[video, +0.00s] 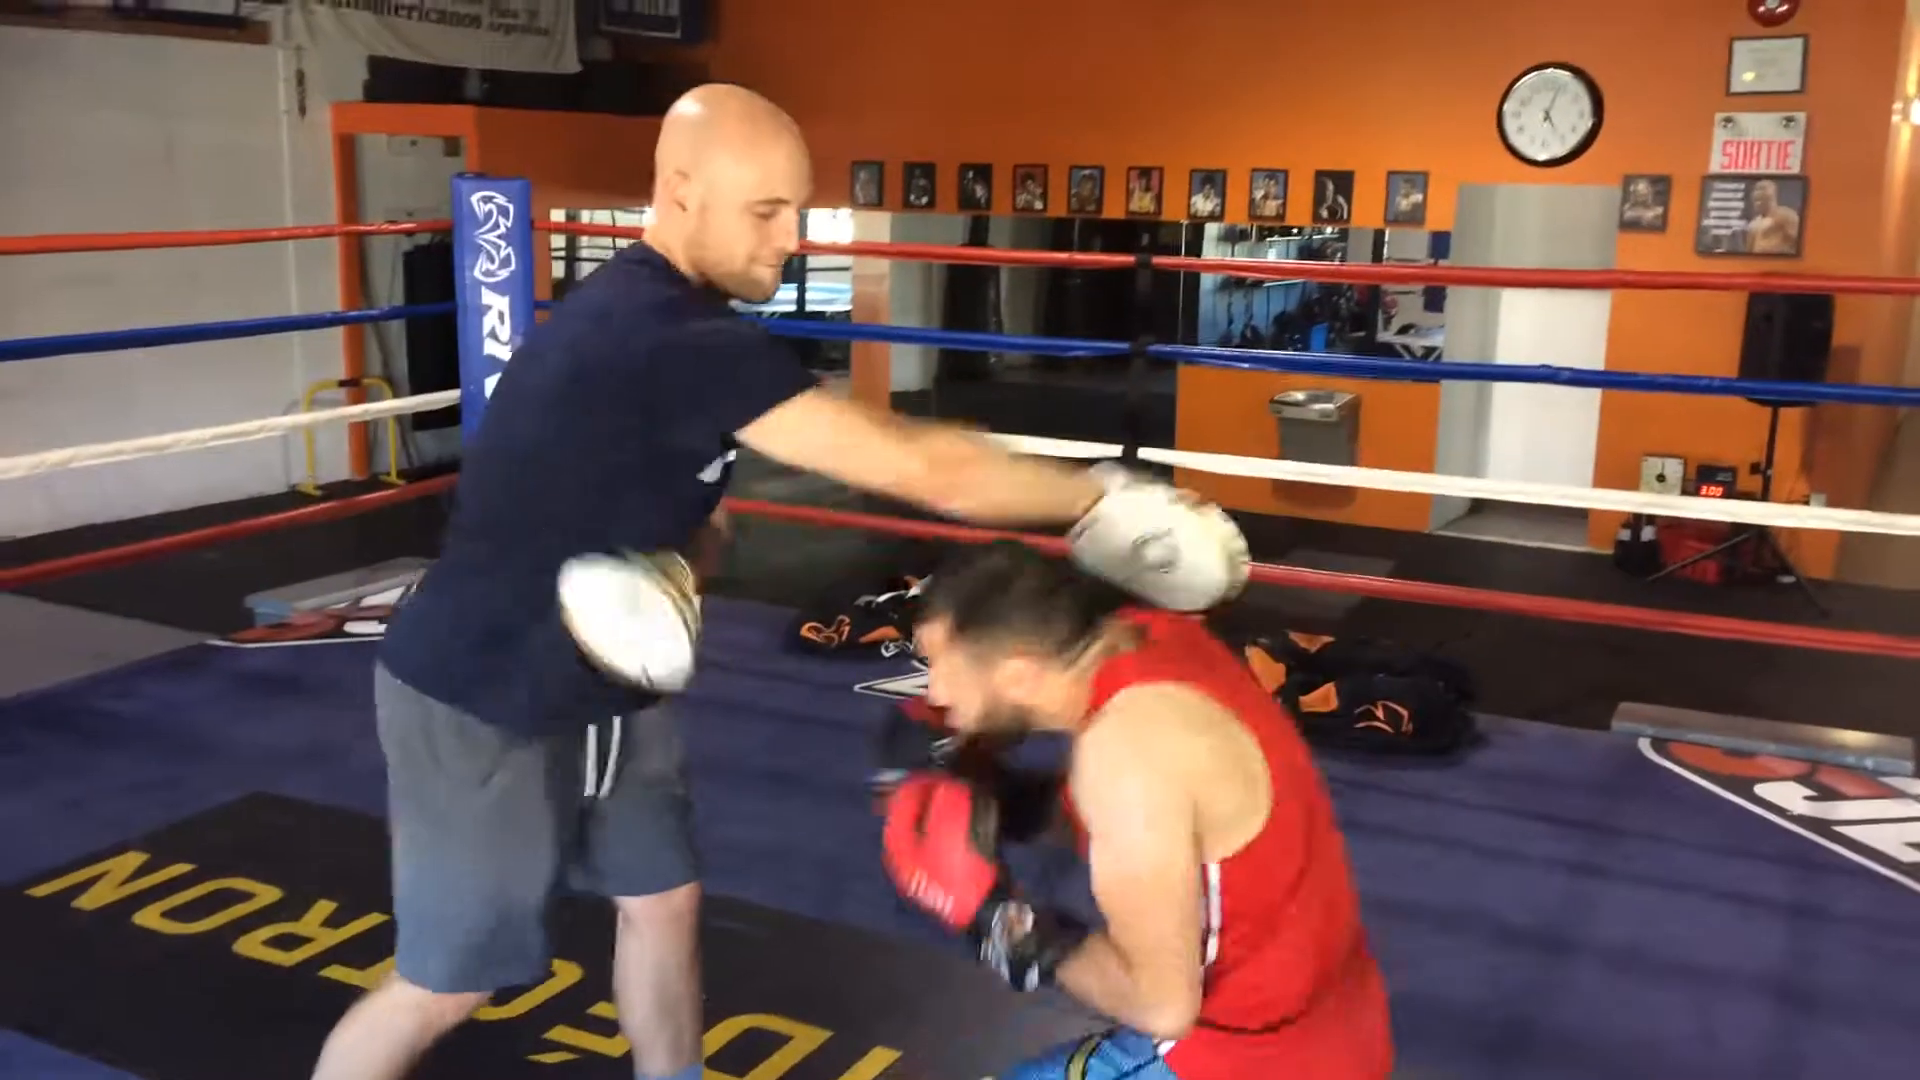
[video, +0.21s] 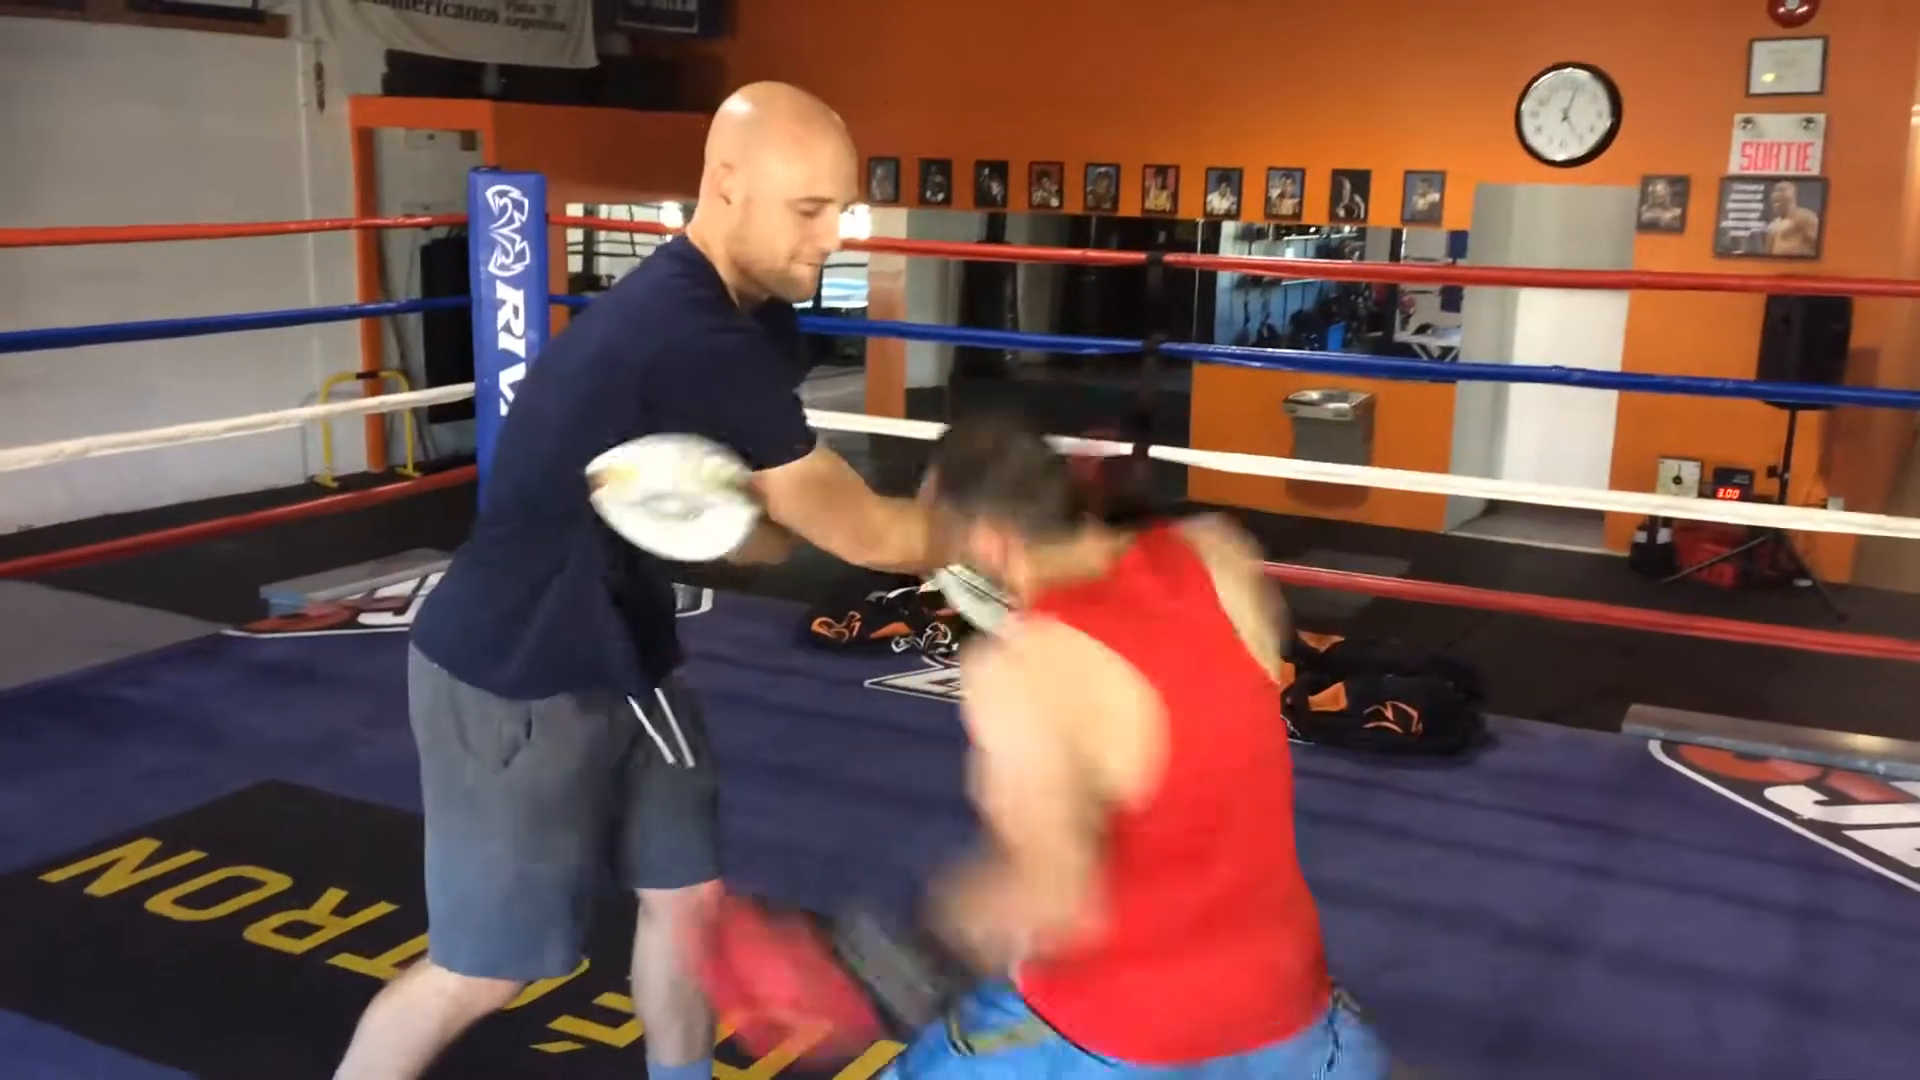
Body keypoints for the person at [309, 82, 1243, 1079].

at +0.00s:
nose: (793, 239)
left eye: (797, 212)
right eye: (769, 212)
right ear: (678, 199)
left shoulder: (677, 319)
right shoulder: (655, 333)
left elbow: (693, 490)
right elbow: (914, 465)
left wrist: (670, 573)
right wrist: (1105, 501)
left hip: (612, 674)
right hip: (473, 689)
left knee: (660, 898)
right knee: (452, 971)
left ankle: (668, 1079)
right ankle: (334, 1070)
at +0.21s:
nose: (833, 238)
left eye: (841, 211)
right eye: (810, 208)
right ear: (724, 186)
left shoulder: (756, 316)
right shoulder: (694, 335)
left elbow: (752, 530)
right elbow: (867, 531)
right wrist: (979, 529)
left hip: (627, 652)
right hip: (508, 668)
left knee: (684, 903)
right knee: (487, 962)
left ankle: (680, 1074)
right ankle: (352, 1071)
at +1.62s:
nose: (639, 74)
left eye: (639, 48)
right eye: (615, 48)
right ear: (529, 45)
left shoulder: (583, 222)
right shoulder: (417, 201)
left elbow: (541, 400)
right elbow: (379, 430)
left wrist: (650, 420)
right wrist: (574, 422)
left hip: (469, 555)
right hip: (354, 548)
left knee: (398, 798)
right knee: (412, 816)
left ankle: (364, 988)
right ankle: (345, 1053)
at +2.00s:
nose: (572, 130)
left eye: (571, 106)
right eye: (554, 106)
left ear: (480, 105)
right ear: (470, 102)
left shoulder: (484, 244)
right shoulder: (370, 263)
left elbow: (456, 418)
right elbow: (411, 507)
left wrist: (578, 407)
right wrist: (588, 440)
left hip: (409, 582)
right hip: (287, 602)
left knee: (503, 767)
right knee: (300, 872)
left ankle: (436, 1018)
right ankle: (244, 1069)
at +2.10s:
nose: (584, 135)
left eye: (584, 110)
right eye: (569, 109)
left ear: (497, 106)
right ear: (487, 103)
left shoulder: (491, 241)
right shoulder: (393, 258)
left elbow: (482, 412)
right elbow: (457, 498)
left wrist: (614, 393)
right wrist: (623, 418)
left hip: (416, 589)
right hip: (297, 602)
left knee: (483, 796)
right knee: (296, 872)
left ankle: (540, 1028)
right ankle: (236, 1071)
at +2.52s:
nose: (703, 175)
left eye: (703, 150)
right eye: (693, 147)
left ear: (619, 137)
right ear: (630, 137)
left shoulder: (544, 249)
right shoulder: (547, 266)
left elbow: (619, 432)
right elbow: (649, 478)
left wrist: (724, 372)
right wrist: (757, 371)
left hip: (476, 609)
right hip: (415, 614)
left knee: (513, 843)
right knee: (468, 886)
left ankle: (557, 1056)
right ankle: (328, 1073)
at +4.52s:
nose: (653, 206)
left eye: (654, 181)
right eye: (639, 178)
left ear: (563, 169)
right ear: (564, 166)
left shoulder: (531, 306)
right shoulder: (480, 311)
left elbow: (560, 479)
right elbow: (460, 558)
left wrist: (675, 387)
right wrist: (641, 616)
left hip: (480, 664)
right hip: (379, 682)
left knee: (533, 891)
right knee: (378, 971)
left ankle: (599, 1072)